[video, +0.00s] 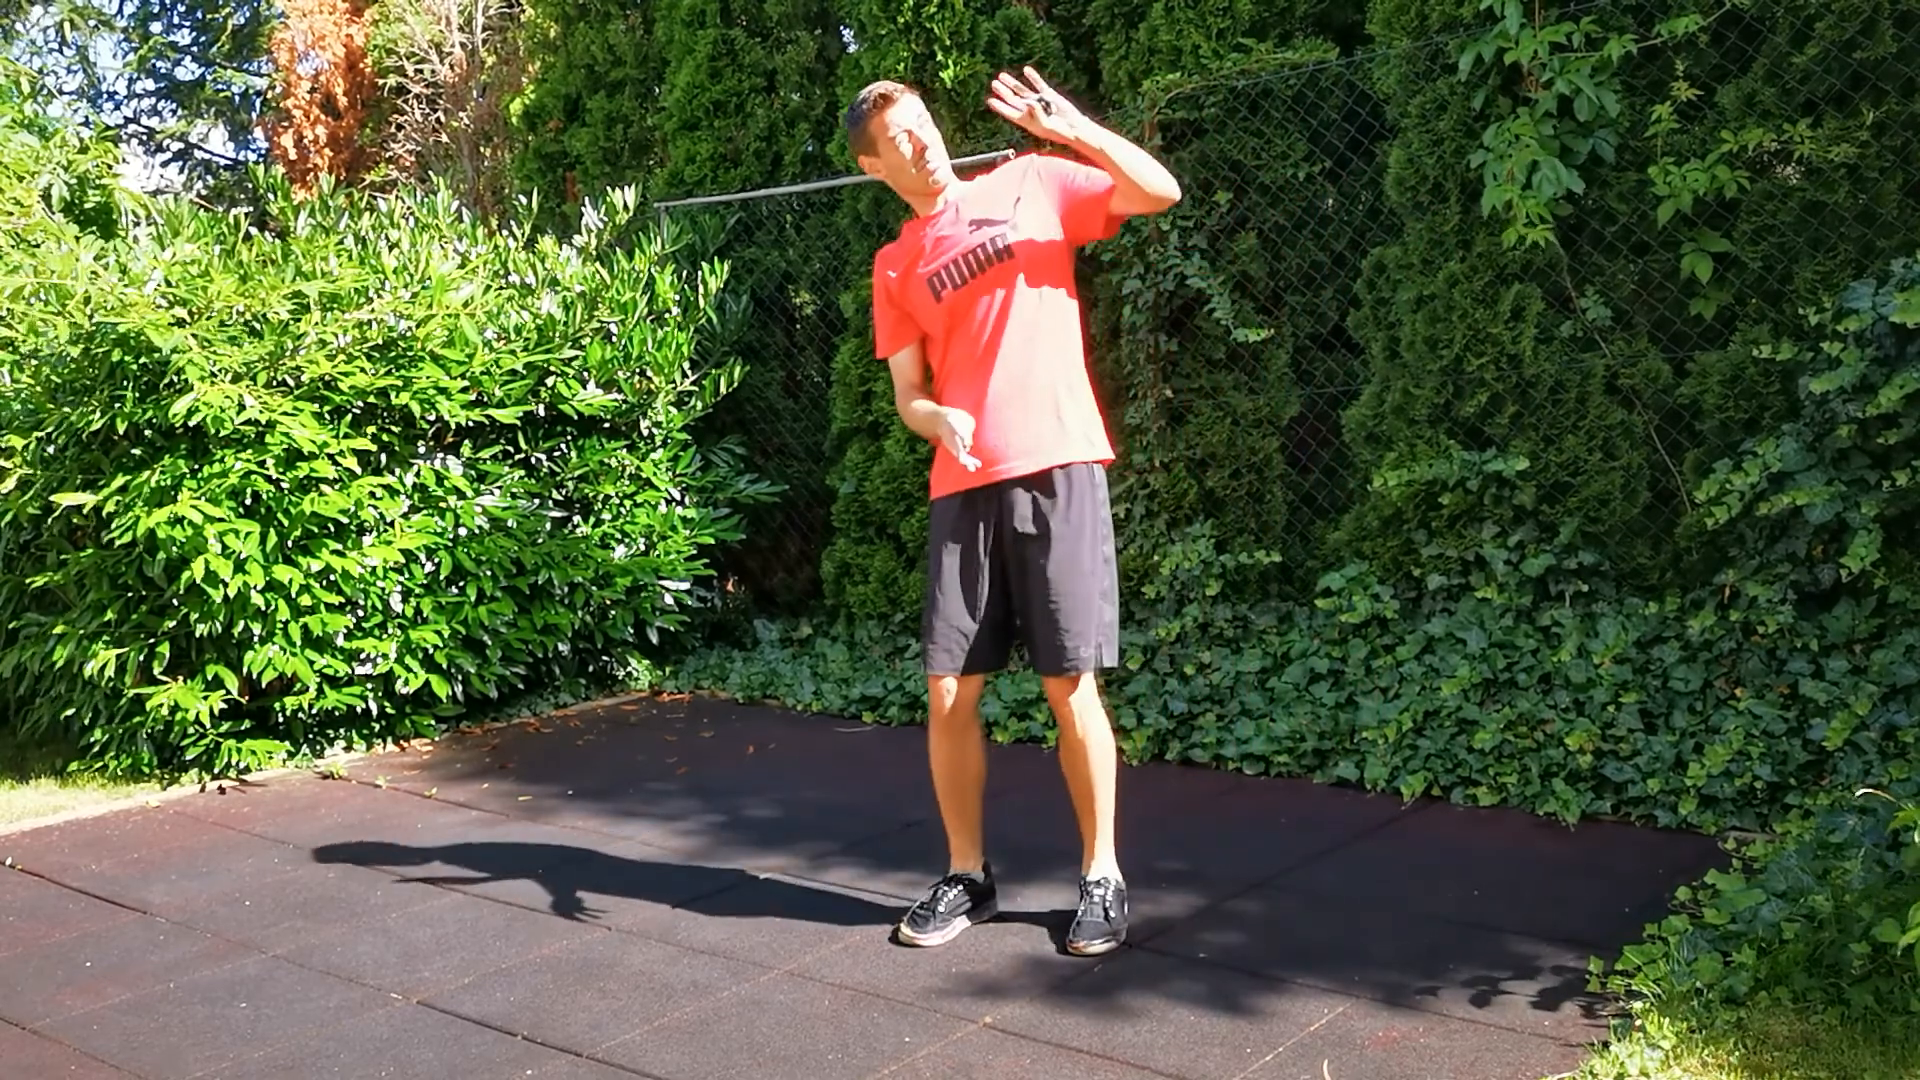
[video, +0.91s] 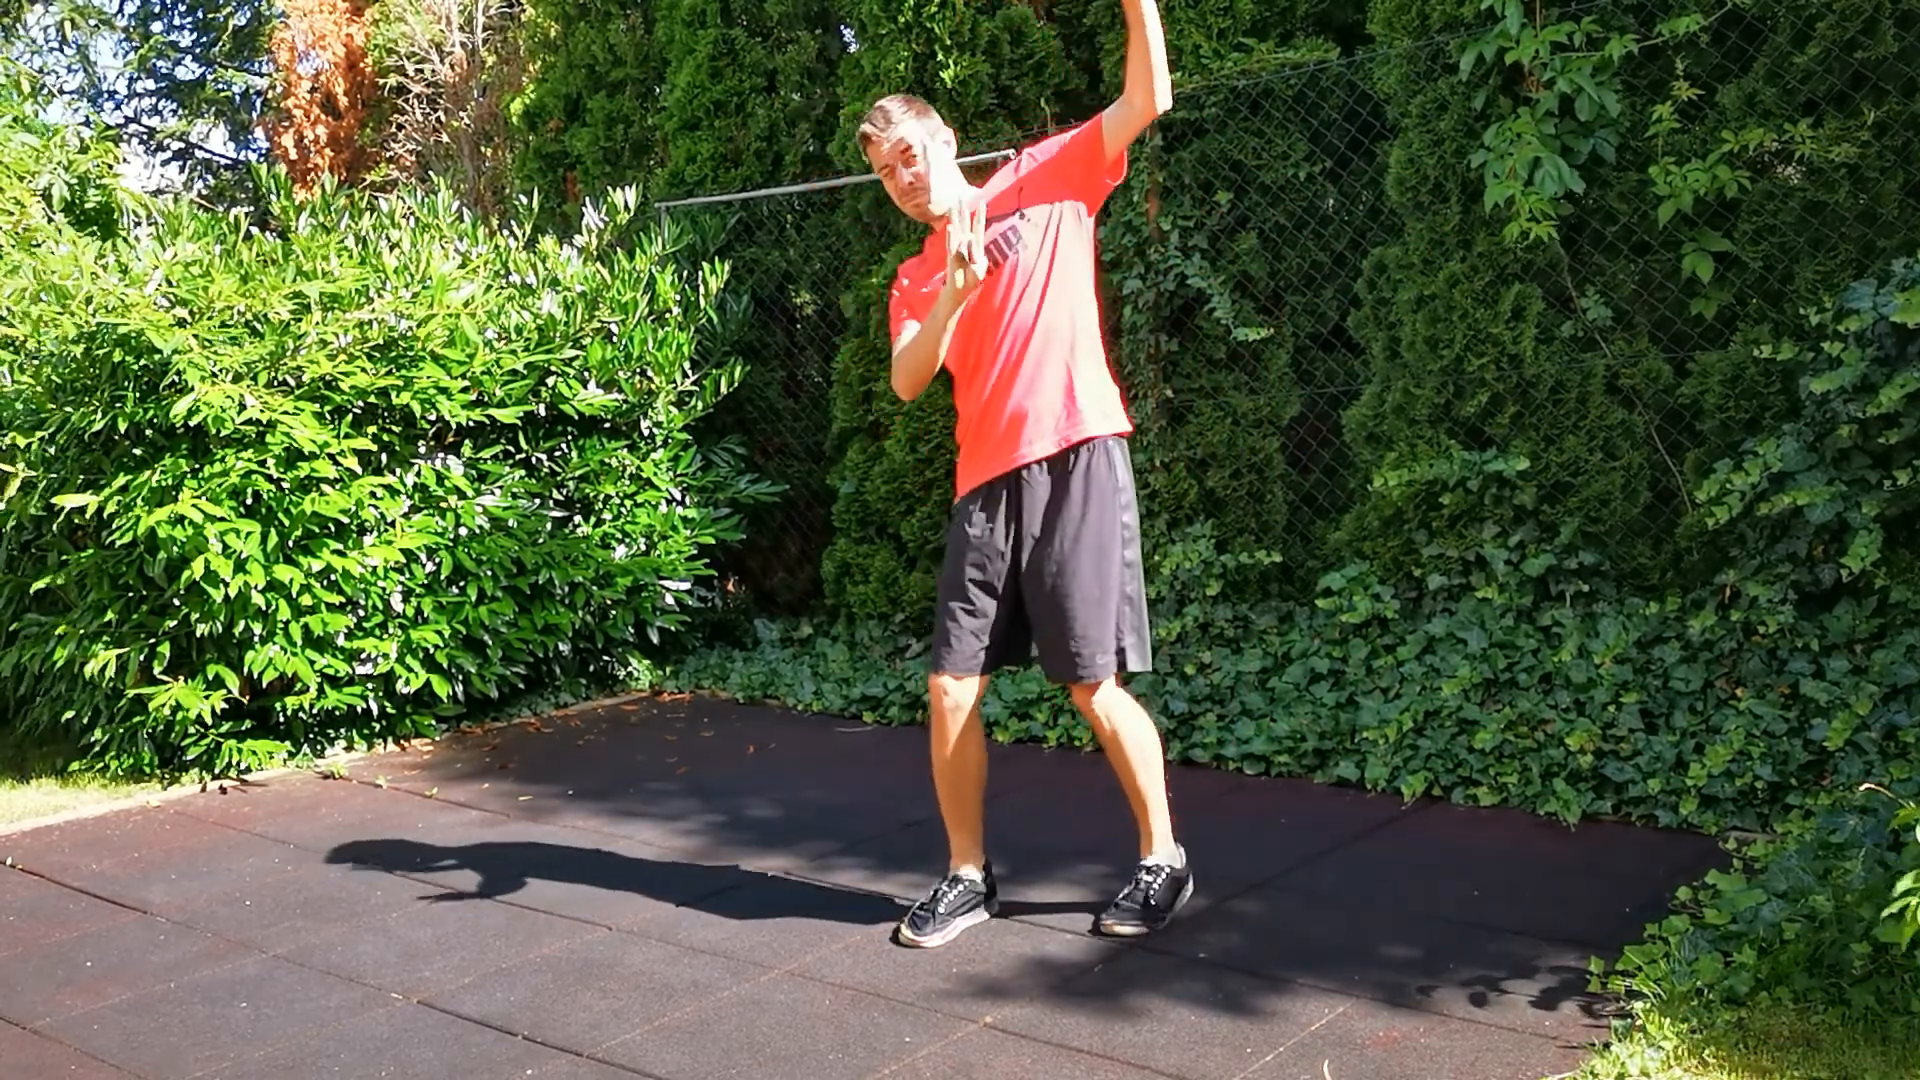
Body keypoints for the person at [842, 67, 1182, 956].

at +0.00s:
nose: (916, 145)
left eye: (917, 126)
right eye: (894, 143)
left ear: (940, 126)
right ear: (875, 169)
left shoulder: (1032, 180)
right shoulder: (895, 264)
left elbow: (1158, 190)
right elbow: (910, 394)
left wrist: (1064, 125)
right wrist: (937, 420)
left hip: (1058, 467)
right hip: (964, 484)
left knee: (1070, 684)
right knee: (949, 691)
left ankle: (1101, 882)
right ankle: (965, 878)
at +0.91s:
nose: (903, 175)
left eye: (911, 152)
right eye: (886, 167)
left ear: (947, 140)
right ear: (881, 182)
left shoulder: (1043, 177)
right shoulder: (915, 275)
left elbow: (1144, 103)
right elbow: (907, 381)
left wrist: (1137, 4)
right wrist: (952, 297)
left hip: (1079, 457)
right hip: (986, 481)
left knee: (1091, 679)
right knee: (949, 689)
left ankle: (1163, 861)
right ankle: (966, 877)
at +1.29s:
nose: (1048, 143)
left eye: (1060, 124)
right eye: (1034, 133)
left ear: (1101, 114)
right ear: (1024, 143)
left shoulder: (1150, 205)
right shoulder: (1018, 236)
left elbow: (1190, 147)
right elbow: (925, 282)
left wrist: (1124, 50)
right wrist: (944, 168)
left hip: (1136, 467)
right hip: (1043, 476)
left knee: (1129, 681)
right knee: (1003, 671)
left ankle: (1160, 864)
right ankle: (1073, 807)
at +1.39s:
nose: (1068, 136)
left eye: (1080, 118)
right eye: (1053, 129)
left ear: (1114, 120)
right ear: (1043, 146)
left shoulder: (1160, 208)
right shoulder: (1031, 234)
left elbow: (1165, 174)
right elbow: (938, 264)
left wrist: (1108, 67)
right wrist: (959, 152)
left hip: (1141, 466)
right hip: (1055, 472)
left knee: (1123, 673)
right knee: (1038, 664)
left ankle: (1160, 861)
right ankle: (1111, 807)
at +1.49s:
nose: (1067, 145)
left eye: (1078, 127)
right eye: (1057, 133)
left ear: (1117, 125)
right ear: (1050, 144)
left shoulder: (1175, 195)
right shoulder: (1043, 234)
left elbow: (1140, 207)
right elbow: (947, 258)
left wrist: (1079, 95)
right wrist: (958, 155)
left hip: (1152, 472)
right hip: (1068, 478)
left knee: (1127, 666)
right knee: (1066, 668)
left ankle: (1161, 863)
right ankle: (1129, 826)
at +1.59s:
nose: (1079, 153)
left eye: (1089, 136)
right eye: (1066, 142)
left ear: (1126, 129)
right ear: (1051, 145)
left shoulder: (1175, 192)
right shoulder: (1053, 228)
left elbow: (1132, 202)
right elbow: (970, 243)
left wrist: (1025, 132)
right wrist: (933, 173)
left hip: (1167, 469)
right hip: (1084, 478)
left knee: (1145, 656)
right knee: (1074, 664)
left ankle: (1170, 854)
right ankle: (1132, 826)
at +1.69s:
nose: (1083, 160)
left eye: (1093, 142)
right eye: (1070, 148)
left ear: (1132, 129)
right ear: (1059, 149)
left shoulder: (1185, 192)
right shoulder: (1067, 217)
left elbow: (1147, 213)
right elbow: (990, 244)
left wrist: (1031, 192)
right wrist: (929, 212)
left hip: (1183, 464)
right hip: (1098, 473)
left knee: (1169, 652)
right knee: (1085, 654)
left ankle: (1205, 832)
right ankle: (1131, 828)